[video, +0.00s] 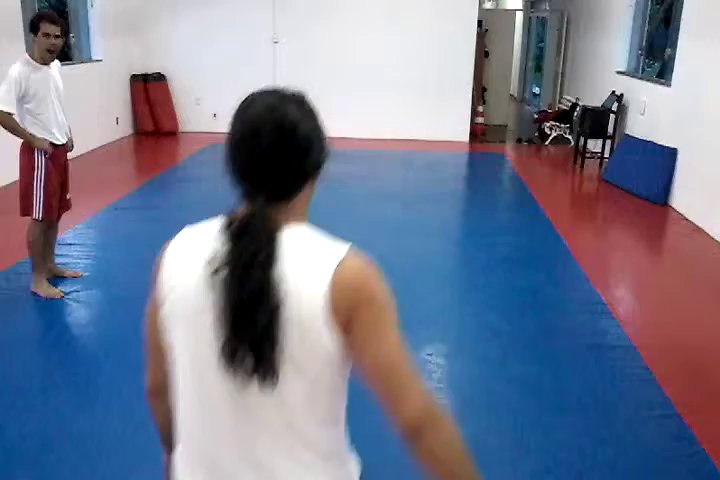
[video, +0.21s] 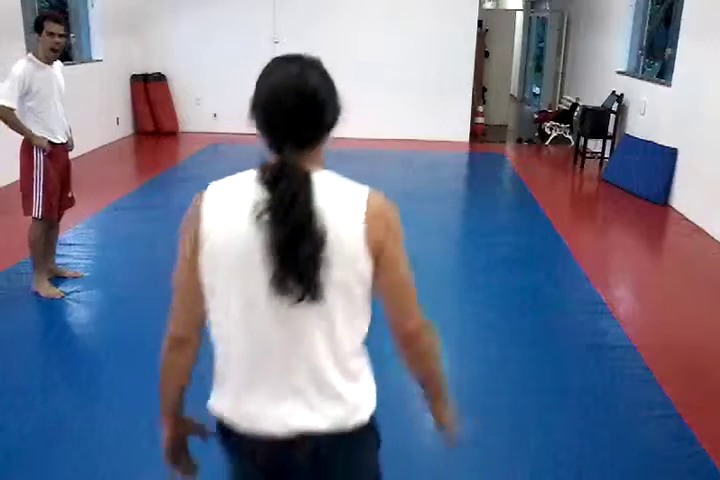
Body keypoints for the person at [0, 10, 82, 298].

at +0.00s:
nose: (53, 42)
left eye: (58, 37)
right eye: (48, 36)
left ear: (63, 40)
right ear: (34, 36)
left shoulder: (55, 67)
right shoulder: (18, 71)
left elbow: (56, 106)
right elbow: (4, 116)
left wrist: (67, 132)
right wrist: (32, 140)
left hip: (59, 148)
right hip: (38, 150)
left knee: (54, 213)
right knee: (41, 216)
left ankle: (49, 267)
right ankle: (38, 280)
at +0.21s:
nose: (56, 41)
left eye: (62, 37)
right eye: (51, 35)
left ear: (66, 40)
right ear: (38, 36)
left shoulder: (58, 68)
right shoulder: (22, 69)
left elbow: (56, 106)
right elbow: (4, 110)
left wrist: (68, 131)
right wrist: (31, 136)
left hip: (59, 147)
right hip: (38, 148)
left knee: (55, 212)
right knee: (41, 216)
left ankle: (50, 266)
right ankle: (40, 280)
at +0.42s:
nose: (59, 41)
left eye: (63, 36)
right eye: (54, 35)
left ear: (67, 40)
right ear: (40, 36)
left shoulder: (60, 68)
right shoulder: (23, 67)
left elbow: (58, 104)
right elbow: (2, 105)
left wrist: (65, 132)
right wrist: (27, 133)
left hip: (56, 145)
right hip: (35, 147)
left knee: (54, 211)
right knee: (41, 214)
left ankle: (50, 266)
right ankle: (39, 279)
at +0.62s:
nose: (59, 41)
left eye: (63, 37)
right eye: (54, 35)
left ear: (67, 40)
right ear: (40, 37)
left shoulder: (60, 69)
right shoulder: (22, 65)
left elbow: (59, 107)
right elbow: (0, 101)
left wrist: (60, 137)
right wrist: (21, 131)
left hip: (50, 146)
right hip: (27, 146)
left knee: (50, 210)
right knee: (34, 212)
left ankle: (49, 267)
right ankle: (36, 277)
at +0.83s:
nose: (51, 42)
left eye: (56, 37)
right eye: (46, 35)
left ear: (59, 40)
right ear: (32, 35)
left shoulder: (52, 70)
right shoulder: (13, 66)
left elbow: (52, 107)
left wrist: (52, 138)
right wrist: (12, 130)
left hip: (42, 144)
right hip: (18, 144)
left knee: (45, 209)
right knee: (27, 212)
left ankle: (48, 266)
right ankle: (1, 265)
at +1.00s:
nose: (37, 41)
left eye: (41, 36)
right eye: (31, 35)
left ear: (45, 39)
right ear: (17, 37)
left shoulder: (40, 68)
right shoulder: (4, 66)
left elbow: (39, 105)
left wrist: (42, 133)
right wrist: (3, 132)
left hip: (33, 147)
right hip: (11, 149)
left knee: (40, 209)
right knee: (9, 215)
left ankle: (48, 266)